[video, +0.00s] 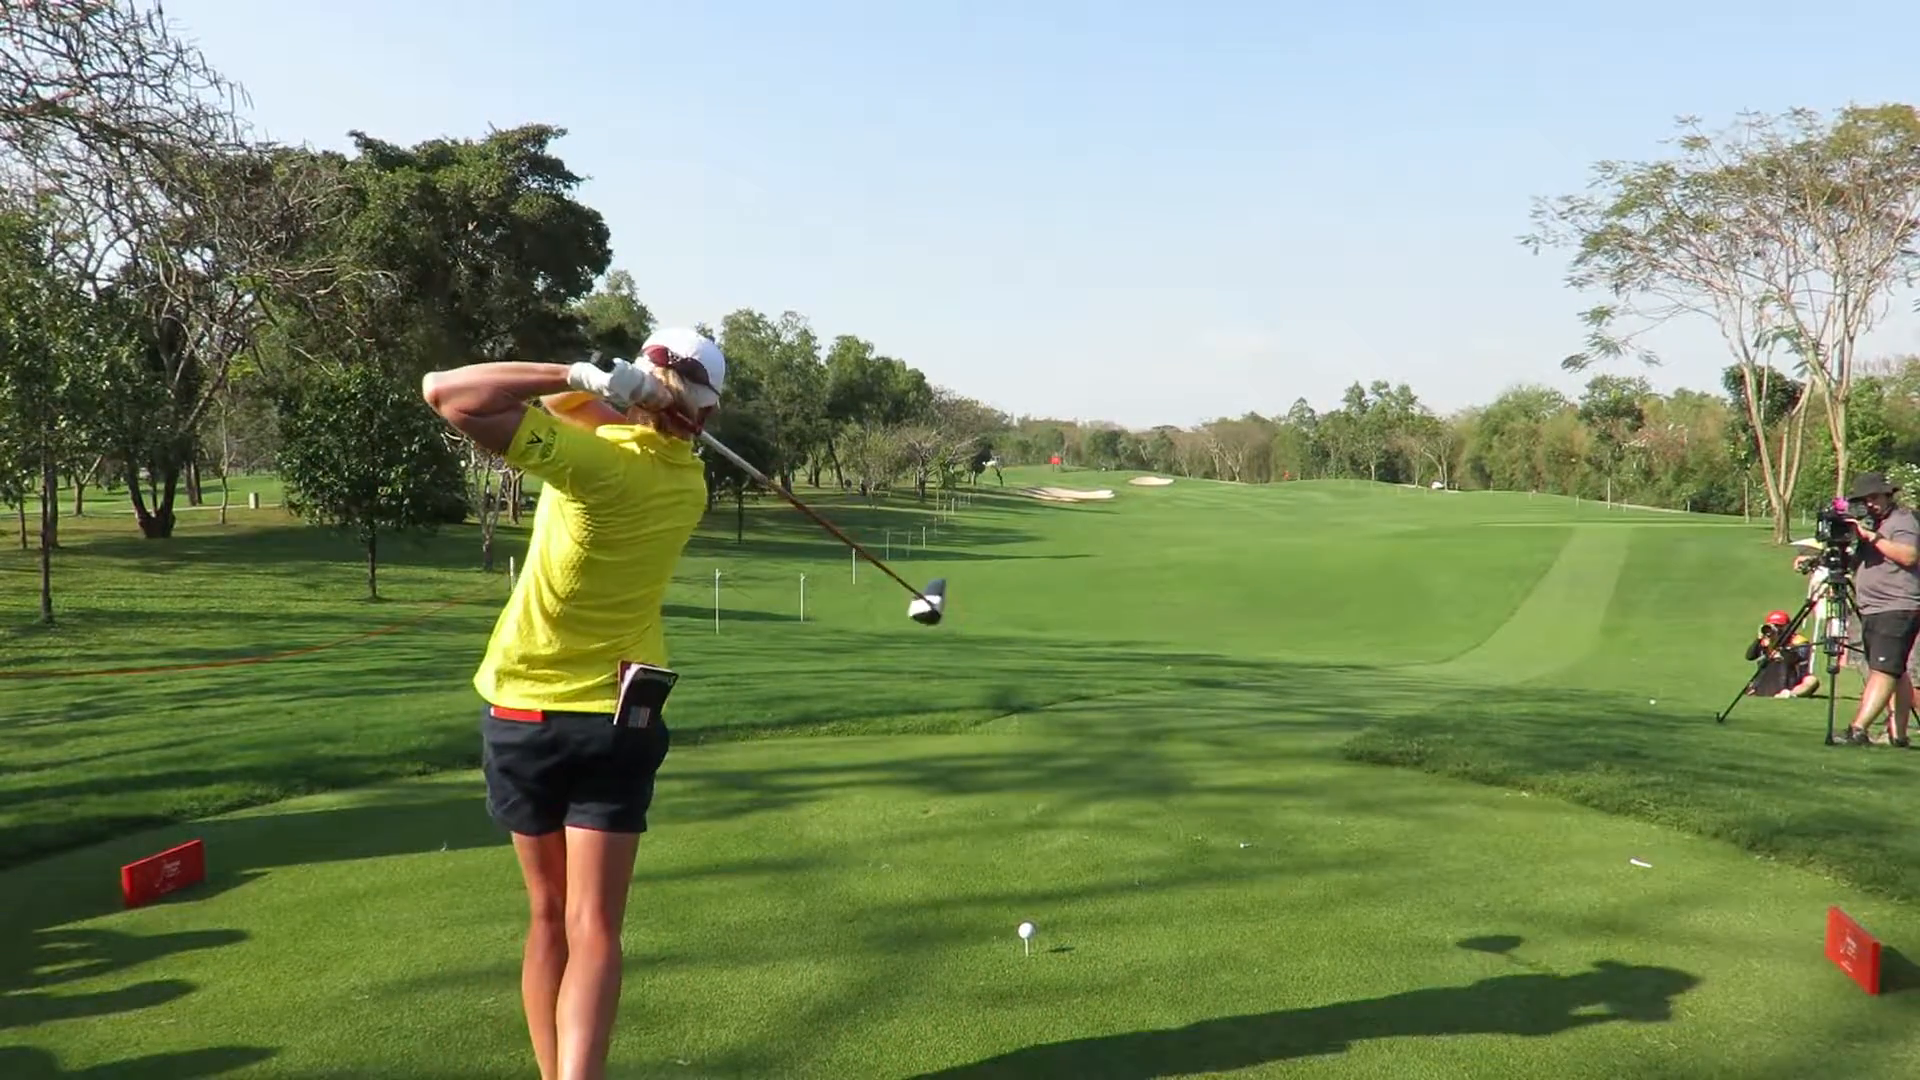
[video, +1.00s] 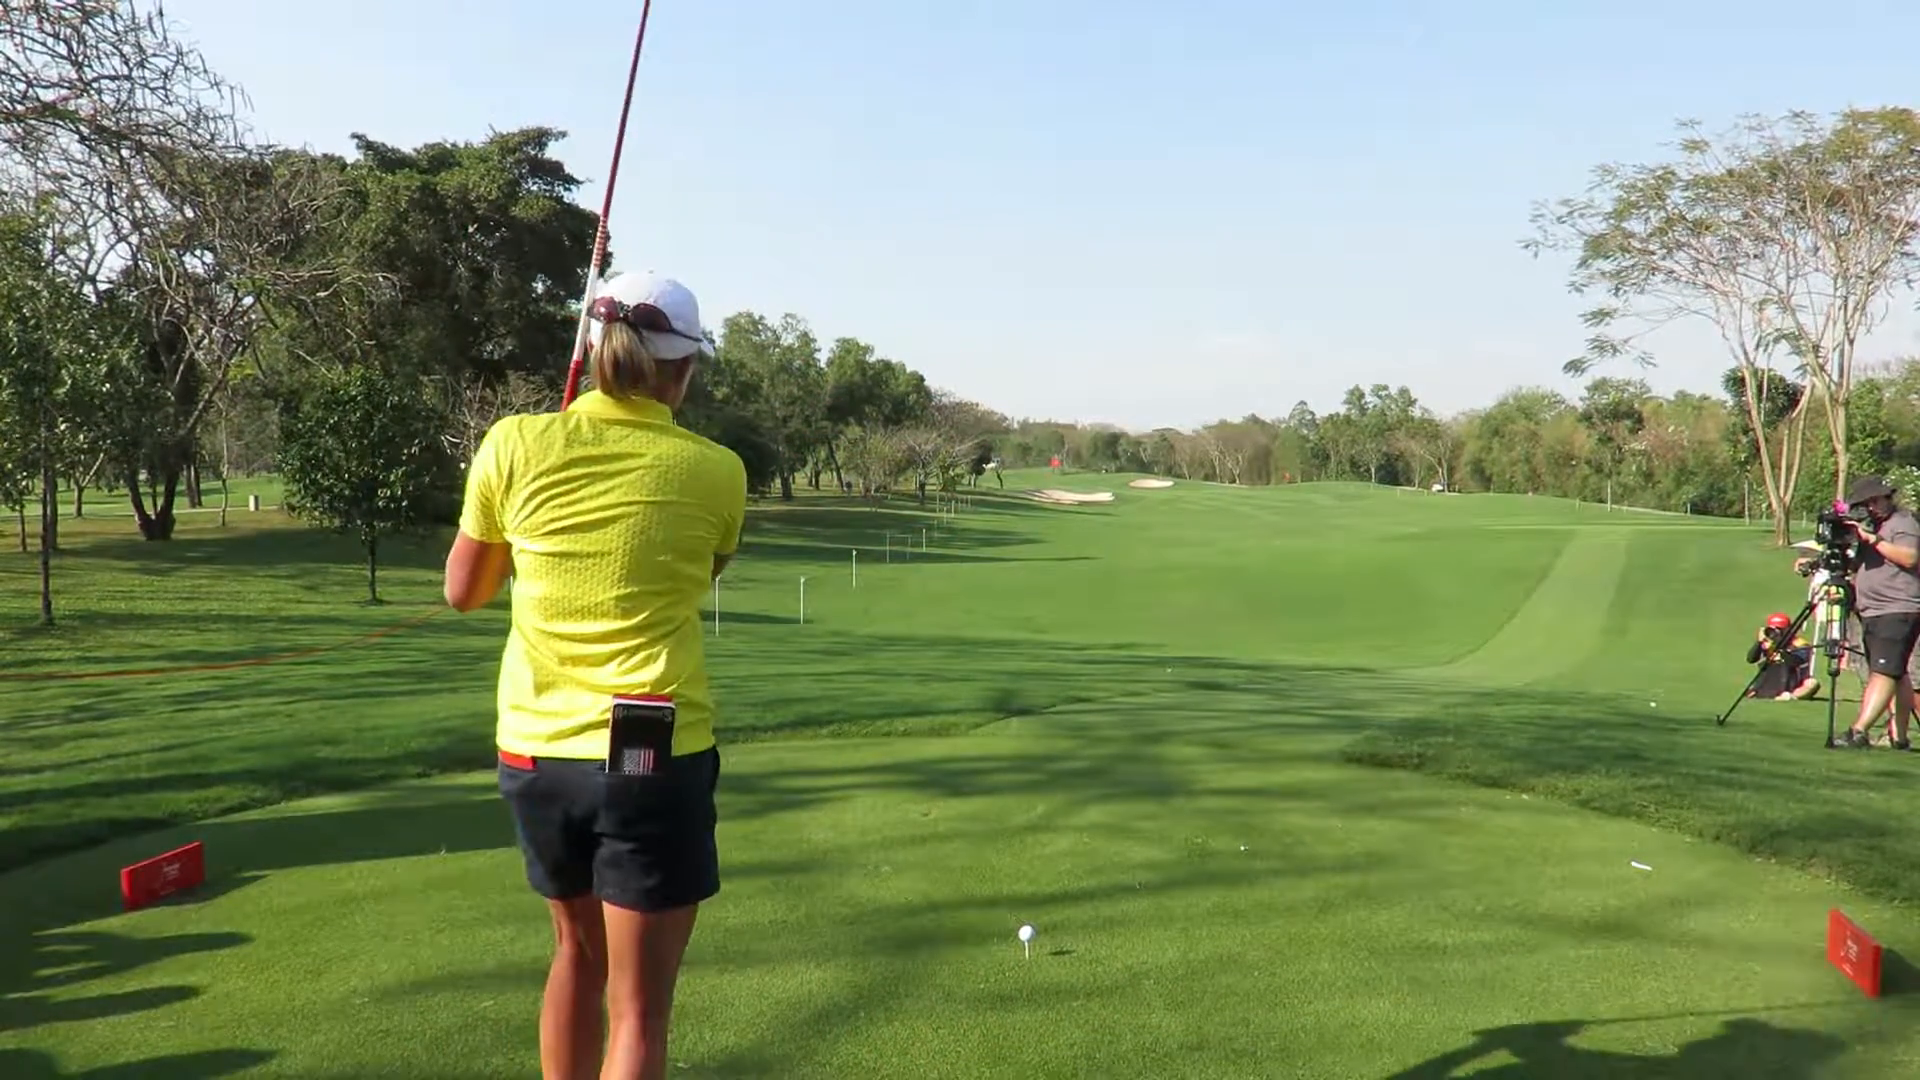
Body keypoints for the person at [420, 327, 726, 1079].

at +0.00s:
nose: (699, 407)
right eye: (702, 396)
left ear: (638, 387)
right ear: (698, 413)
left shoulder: (591, 457)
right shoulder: (688, 482)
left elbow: (449, 392)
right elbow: (578, 416)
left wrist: (585, 377)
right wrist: (634, 393)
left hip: (524, 714)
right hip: (619, 715)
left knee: (546, 915)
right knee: (596, 921)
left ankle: (554, 1071)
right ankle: (578, 1073)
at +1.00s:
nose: (692, 376)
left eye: (689, 360)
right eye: (692, 362)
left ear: (590, 351)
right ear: (681, 368)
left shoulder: (514, 444)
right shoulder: (716, 472)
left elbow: (464, 587)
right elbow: (701, 570)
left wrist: (546, 520)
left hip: (537, 757)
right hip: (656, 763)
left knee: (573, 951)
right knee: (639, 1009)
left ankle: (564, 1077)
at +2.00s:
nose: (593, 345)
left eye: (593, 320)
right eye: (594, 323)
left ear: (459, 309)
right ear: (576, 326)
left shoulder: (343, 444)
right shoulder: (610, 470)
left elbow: (198, 643)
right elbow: (676, 727)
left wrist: (338, 743)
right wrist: (642, 783)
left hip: (365, 892)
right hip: (536, 902)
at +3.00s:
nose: (536, 355)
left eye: (538, 331)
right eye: (537, 332)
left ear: (392, 313)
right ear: (518, 334)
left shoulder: (270, 460)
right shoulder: (547, 474)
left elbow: (165, 701)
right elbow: (609, 751)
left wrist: (207, 879)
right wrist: (616, 895)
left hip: (301, 916)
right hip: (478, 919)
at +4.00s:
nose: (448, 408)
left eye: (450, 394)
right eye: (446, 393)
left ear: (351, 379)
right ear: (422, 389)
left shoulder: (266, 467)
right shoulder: (438, 479)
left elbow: (240, 628)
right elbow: (478, 646)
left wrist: (289, 702)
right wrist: (521, 754)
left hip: (297, 758)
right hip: (416, 758)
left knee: (301, 955)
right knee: (396, 959)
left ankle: (286, 1075)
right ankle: (379, 1077)